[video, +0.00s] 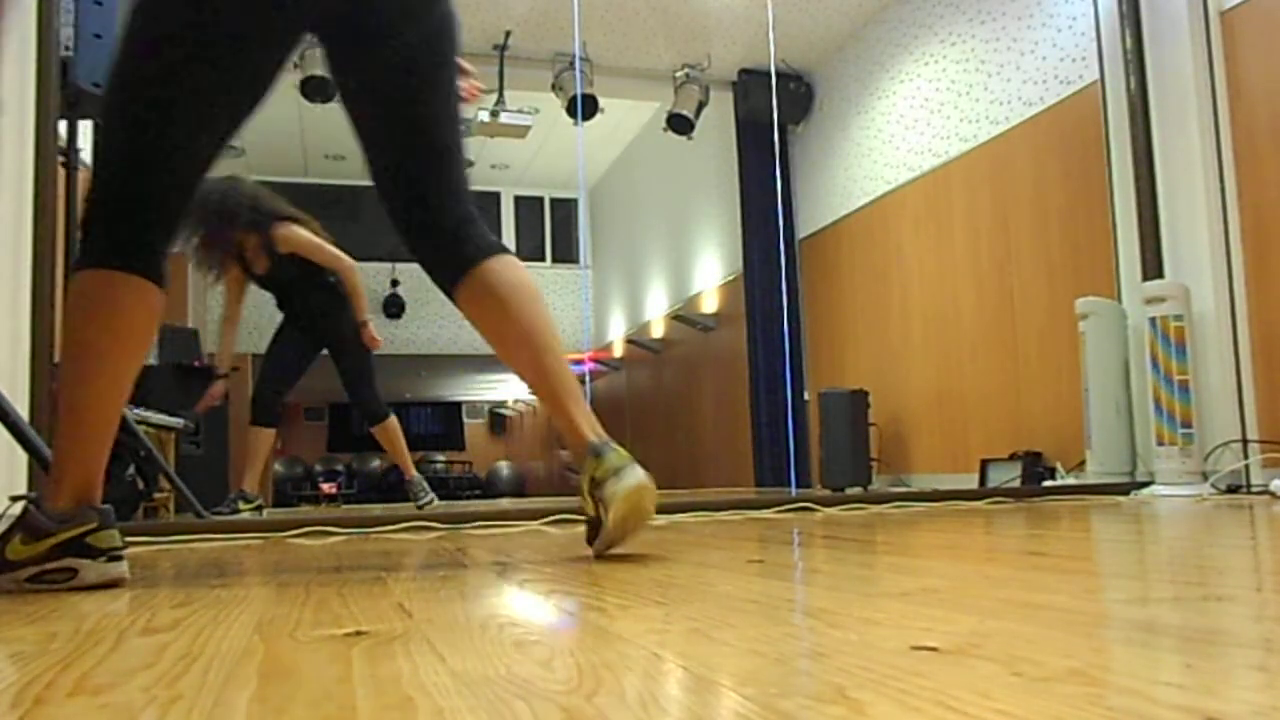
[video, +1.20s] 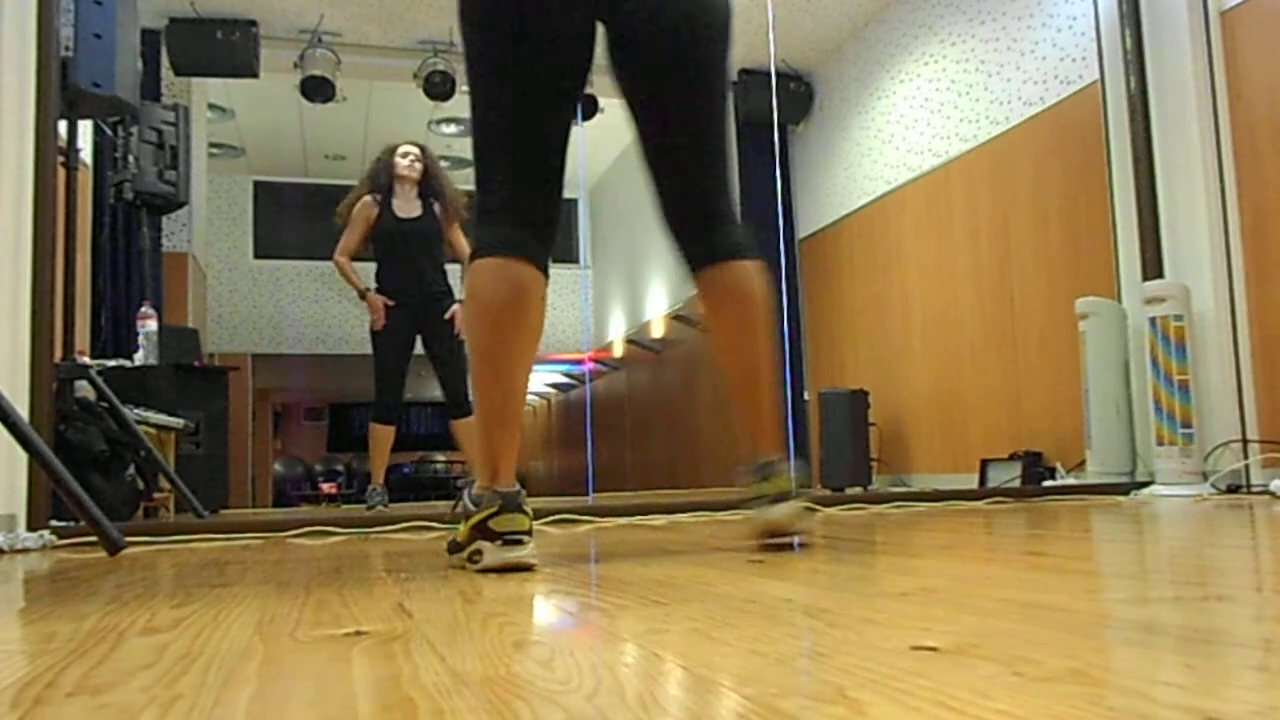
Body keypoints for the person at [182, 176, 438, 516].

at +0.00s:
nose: (213, 235)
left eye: (216, 226)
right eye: (211, 228)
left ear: (233, 218)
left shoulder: (284, 234)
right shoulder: (238, 259)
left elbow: (347, 266)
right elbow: (231, 316)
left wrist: (364, 321)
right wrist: (221, 374)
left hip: (337, 317)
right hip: (299, 324)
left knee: (367, 401)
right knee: (265, 398)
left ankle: (413, 480)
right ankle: (249, 494)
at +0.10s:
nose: (252, 231)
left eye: (255, 221)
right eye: (249, 224)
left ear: (274, 214)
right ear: (255, 223)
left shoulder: (317, 236)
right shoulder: (266, 257)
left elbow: (372, 272)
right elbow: (261, 310)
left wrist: (385, 329)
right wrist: (257, 364)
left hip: (358, 321)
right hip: (316, 327)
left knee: (380, 403)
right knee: (278, 398)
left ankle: (419, 483)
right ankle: (250, 493)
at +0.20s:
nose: (308, 230)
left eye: (313, 221)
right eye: (302, 223)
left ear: (328, 214)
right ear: (295, 220)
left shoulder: (355, 234)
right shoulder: (298, 250)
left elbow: (401, 280)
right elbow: (294, 305)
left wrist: (407, 334)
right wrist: (291, 359)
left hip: (378, 322)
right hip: (334, 326)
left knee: (396, 405)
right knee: (295, 401)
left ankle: (420, 485)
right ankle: (254, 492)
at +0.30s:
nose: (347, 219)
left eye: (351, 211)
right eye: (342, 212)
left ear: (365, 206)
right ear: (334, 212)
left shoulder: (388, 228)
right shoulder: (328, 238)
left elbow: (426, 277)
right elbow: (319, 294)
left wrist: (430, 332)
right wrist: (316, 345)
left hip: (396, 323)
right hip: (350, 325)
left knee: (412, 404)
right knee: (313, 402)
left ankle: (423, 485)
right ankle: (266, 489)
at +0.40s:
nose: (373, 199)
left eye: (379, 191)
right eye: (369, 192)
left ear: (392, 190)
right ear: (362, 192)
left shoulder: (410, 223)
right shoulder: (351, 225)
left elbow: (440, 275)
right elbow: (336, 285)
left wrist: (439, 327)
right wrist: (324, 334)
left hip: (404, 318)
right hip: (360, 318)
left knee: (413, 399)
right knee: (324, 390)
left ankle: (423, 484)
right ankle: (298, 483)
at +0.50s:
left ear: (405, 191)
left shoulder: (418, 221)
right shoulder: (357, 226)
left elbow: (449, 274)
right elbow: (337, 272)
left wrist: (444, 328)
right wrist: (334, 319)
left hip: (411, 318)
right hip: (365, 319)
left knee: (415, 401)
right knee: (359, 392)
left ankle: (422, 484)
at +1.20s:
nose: (410, 161)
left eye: (417, 158)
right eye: (403, 155)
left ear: (424, 171)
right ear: (389, 166)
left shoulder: (438, 208)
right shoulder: (372, 205)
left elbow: (469, 259)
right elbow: (340, 257)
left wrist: (465, 302)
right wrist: (366, 294)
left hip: (439, 309)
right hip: (393, 311)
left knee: (458, 396)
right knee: (388, 399)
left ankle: (480, 481)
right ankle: (377, 485)